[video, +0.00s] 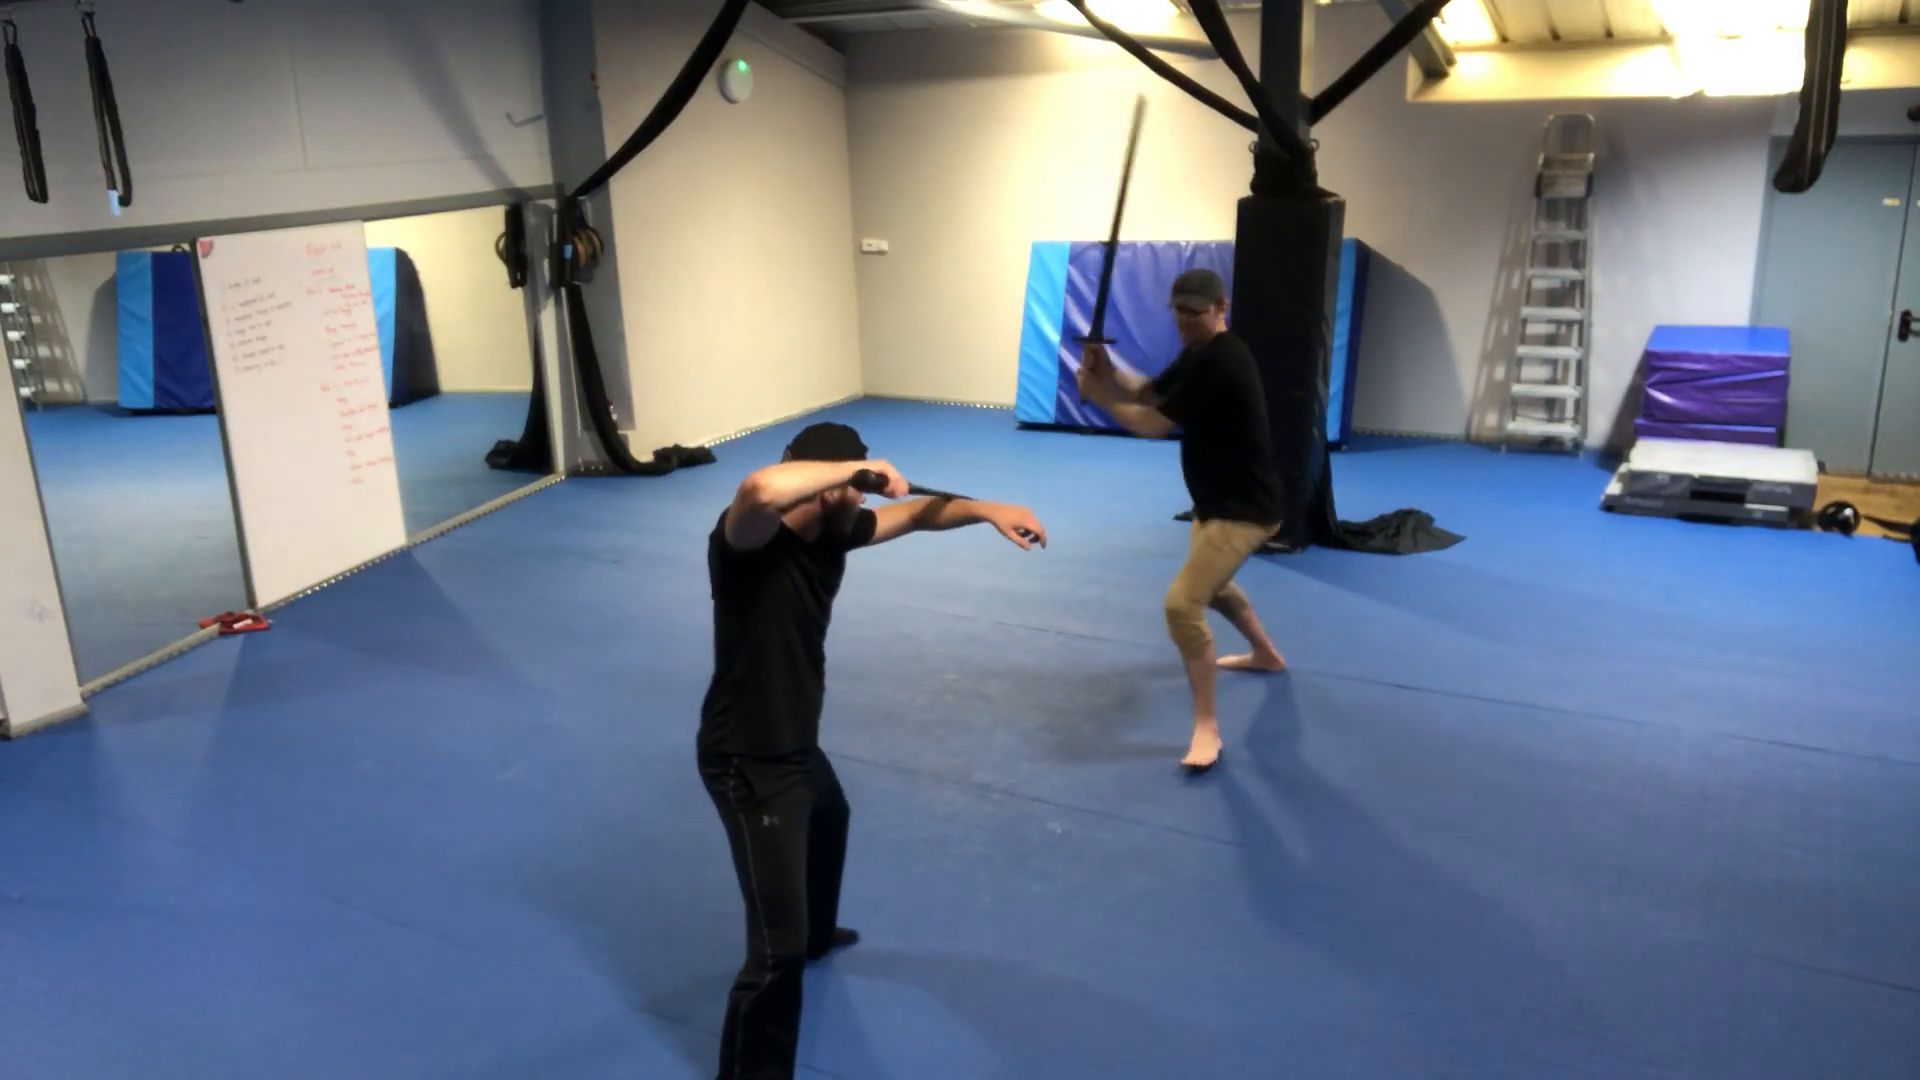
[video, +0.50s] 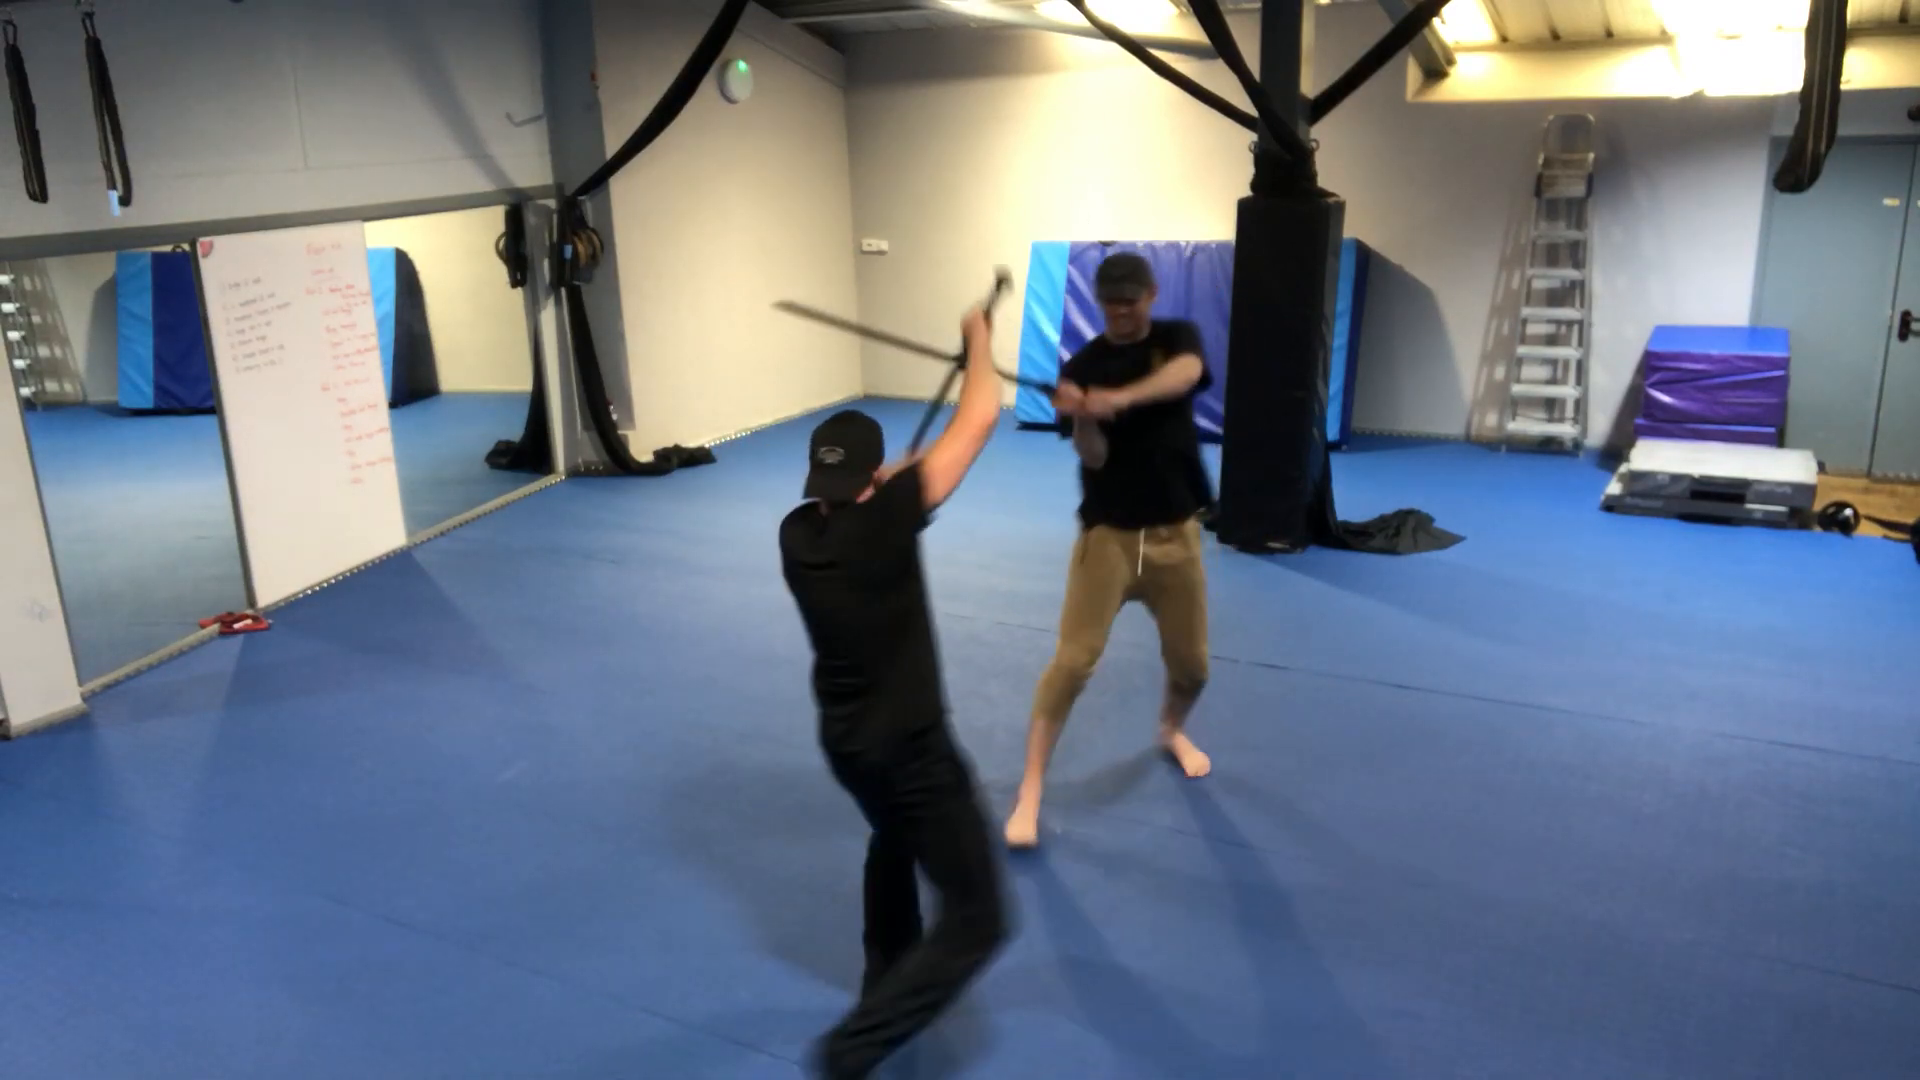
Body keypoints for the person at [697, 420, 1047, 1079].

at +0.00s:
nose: (860, 505)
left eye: (863, 493)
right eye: (853, 491)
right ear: (818, 486)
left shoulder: (831, 536)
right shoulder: (746, 540)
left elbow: (915, 512)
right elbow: (759, 488)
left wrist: (989, 509)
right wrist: (853, 469)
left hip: (795, 749)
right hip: (746, 758)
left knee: (829, 818)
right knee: (780, 949)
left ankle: (810, 933)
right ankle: (752, 1073)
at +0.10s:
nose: (860, 500)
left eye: (865, 488)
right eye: (853, 486)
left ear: (852, 496)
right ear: (818, 483)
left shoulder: (835, 536)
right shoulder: (748, 540)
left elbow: (915, 518)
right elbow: (763, 487)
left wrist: (989, 517)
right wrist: (867, 467)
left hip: (803, 749)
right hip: (754, 759)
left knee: (831, 828)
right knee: (786, 952)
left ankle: (813, 931)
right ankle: (753, 1074)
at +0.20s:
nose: (872, 498)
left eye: (874, 486)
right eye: (865, 485)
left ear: (864, 492)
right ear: (835, 484)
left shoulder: (846, 538)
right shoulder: (758, 543)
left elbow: (916, 535)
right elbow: (783, 491)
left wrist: (976, 526)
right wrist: (887, 465)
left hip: (816, 751)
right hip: (769, 761)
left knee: (847, 832)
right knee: (795, 959)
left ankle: (818, 934)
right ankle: (756, 1076)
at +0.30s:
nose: (876, 499)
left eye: (877, 487)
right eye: (867, 486)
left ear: (855, 482)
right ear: (834, 482)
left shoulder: (849, 541)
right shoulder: (782, 544)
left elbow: (905, 545)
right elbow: (842, 492)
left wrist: (960, 523)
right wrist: (928, 451)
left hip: (831, 752)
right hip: (795, 761)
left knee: (878, 809)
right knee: (812, 959)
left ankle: (829, 947)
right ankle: (767, 1075)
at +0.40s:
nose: (884, 481)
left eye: (884, 471)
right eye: (882, 471)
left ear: (818, 465)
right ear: (869, 474)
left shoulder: (822, 532)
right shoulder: (816, 536)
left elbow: (887, 535)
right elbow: (911, 474)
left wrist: (938, 504)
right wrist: (964, 406)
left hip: (851, 743)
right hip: (850, 750)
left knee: (887, 860)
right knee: (870, 921)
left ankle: (888, 992)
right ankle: (784, 1068)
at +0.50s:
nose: (885, 472)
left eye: (867, 467)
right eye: (880, 464)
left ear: (816, 477)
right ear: (872, 474)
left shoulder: (794, 535)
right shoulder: (888, 513)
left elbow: (865, 500)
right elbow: (979, 417)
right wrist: (979, 341)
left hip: (847, 742)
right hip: (910, 743)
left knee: (892, 838)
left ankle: (890, 987)